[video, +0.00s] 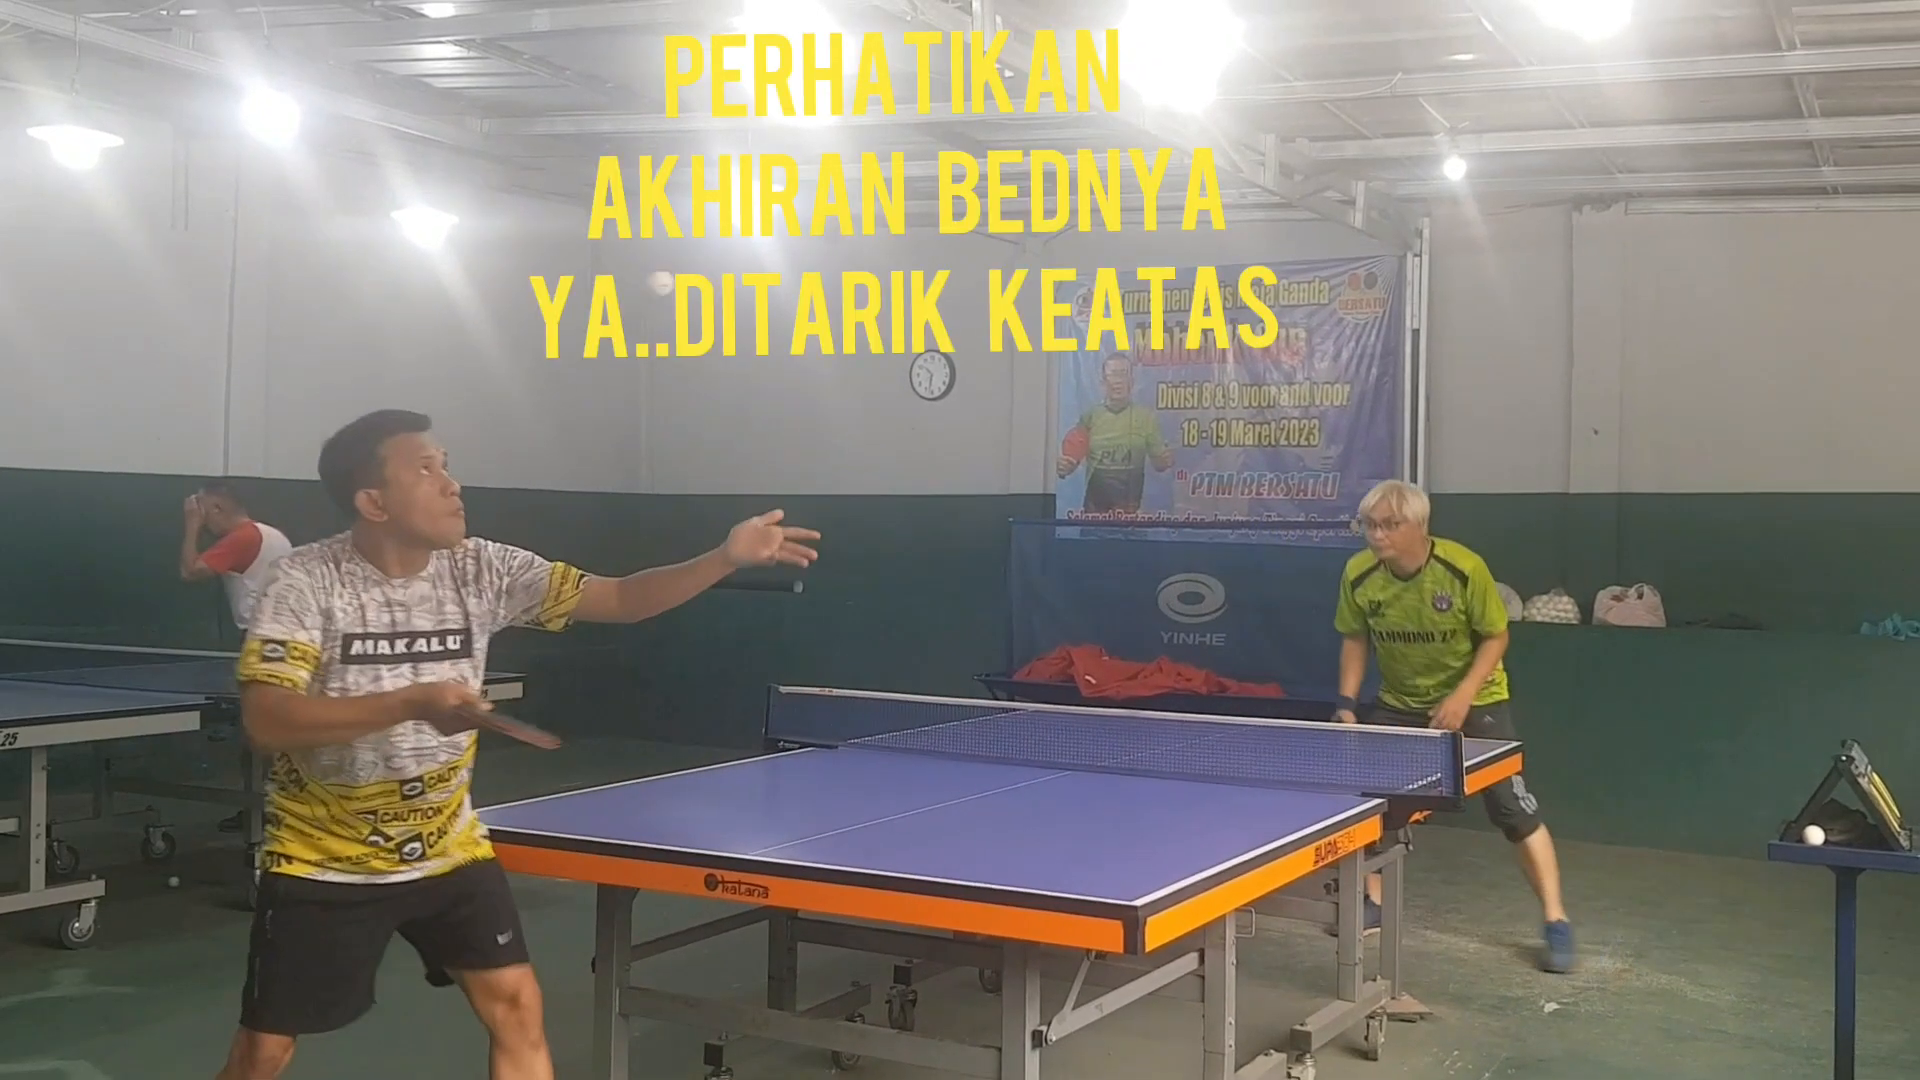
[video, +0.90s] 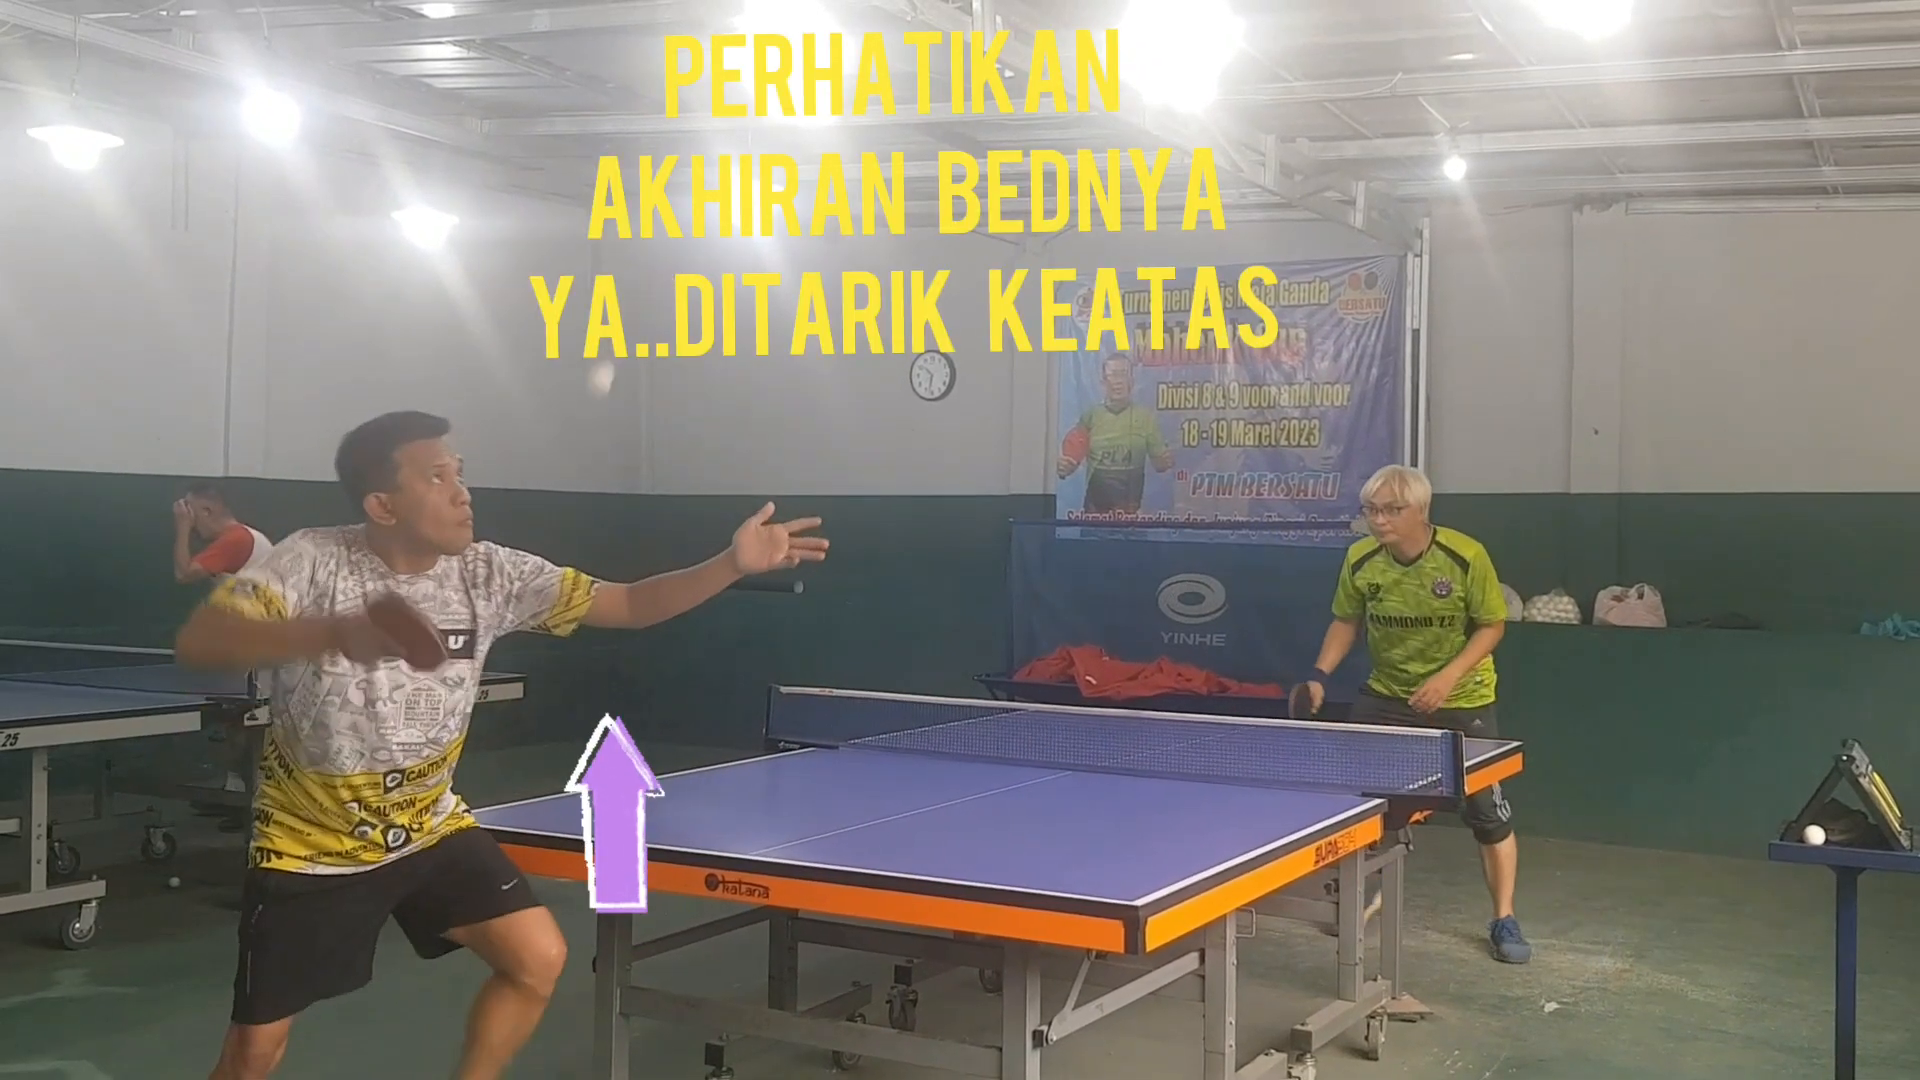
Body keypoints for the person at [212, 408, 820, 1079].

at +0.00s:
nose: (453, 483)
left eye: (446, 468)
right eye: (429, 471)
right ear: (371, 502)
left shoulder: (482, 570)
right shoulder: (303, 582)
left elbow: (622, 597)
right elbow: (267, 719)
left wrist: (728, 556)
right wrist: (413, 702)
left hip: (446, 844)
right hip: (320, 856)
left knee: (515, 1003)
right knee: (263, 1053)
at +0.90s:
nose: (462, 487)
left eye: (458, 471)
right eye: (439, 476)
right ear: (380, 505)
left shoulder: (489, 573)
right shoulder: (306, 564)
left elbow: (622, 605)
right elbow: (195, 641)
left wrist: (732, 563)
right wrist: (338, 632)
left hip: (428, 820)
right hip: (308, 836)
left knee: (537, 959)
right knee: (255, 1046)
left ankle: (472, 1077)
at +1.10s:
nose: (487, 507)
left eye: (485, 489)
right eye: (467, 493)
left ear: (483, 501)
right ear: (403, 514)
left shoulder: (510, 581)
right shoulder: (327, 560)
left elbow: (642, 608)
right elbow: (192, 597)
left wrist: (742, 557)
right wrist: (320, 601)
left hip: (434, 828)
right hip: (316, 843)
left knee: (543, 961)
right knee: (257, 1050)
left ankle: (426, 1057)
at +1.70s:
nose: (537, 535)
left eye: (541, 516)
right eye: (518, 516)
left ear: (544, 522)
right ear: (459, 525)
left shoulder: (552, 596)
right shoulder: (389, 558)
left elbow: (682, 608)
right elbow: (246, 553)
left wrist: (737, 534)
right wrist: (371, 611)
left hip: (453, 839)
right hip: (337, 843)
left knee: (558, 979)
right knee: (265, 1049)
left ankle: (450, 1070)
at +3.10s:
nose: (695, 640)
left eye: (700, 626)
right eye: (696, 620)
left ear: (651, 613)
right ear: (655, 612)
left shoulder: (638, 689)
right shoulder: (522, 618)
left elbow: (716, 755)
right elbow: (389, 700)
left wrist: (737, 653)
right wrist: (467, 625)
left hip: (510, 896)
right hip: (413, 884)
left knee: (620, 1033)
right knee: (394, 1072)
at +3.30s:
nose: (696, 639)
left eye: (700, 624)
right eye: (696, 621)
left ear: (654, 616)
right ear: (658, 615)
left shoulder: (642, 692)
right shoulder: (525, 617)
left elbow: (718, 760)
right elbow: (392, 705)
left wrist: (745, 664)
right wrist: (474, 643)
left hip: (508, 892)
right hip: (412, 880)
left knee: (620, 1031)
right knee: (401, 1070)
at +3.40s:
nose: (696, 639)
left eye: (700, 624)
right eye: (696, 622)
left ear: (654, 616)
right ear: (659, 616)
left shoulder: (641, 692)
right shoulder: (526, 618)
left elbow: (718, 759)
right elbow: (392, 705)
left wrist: (745, 664)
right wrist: (474, 644)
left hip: (509, 893)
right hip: (413, 880)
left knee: (620, 1030)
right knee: (401, 1070)